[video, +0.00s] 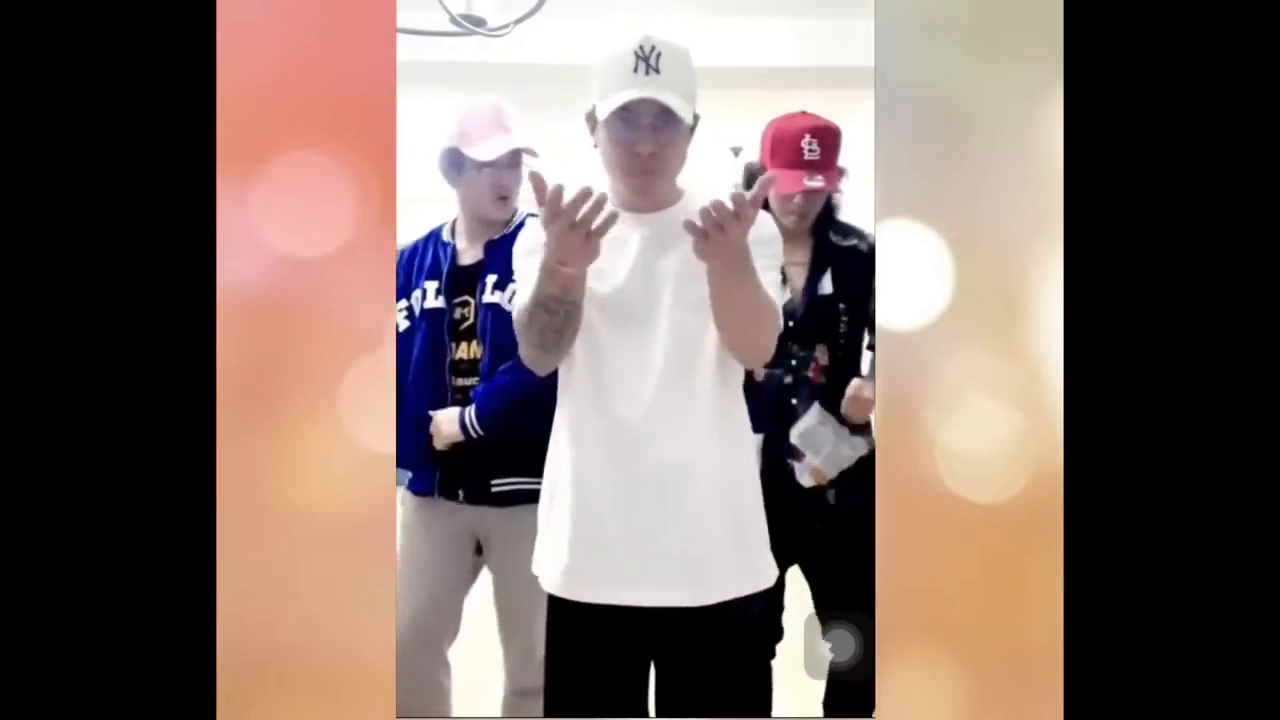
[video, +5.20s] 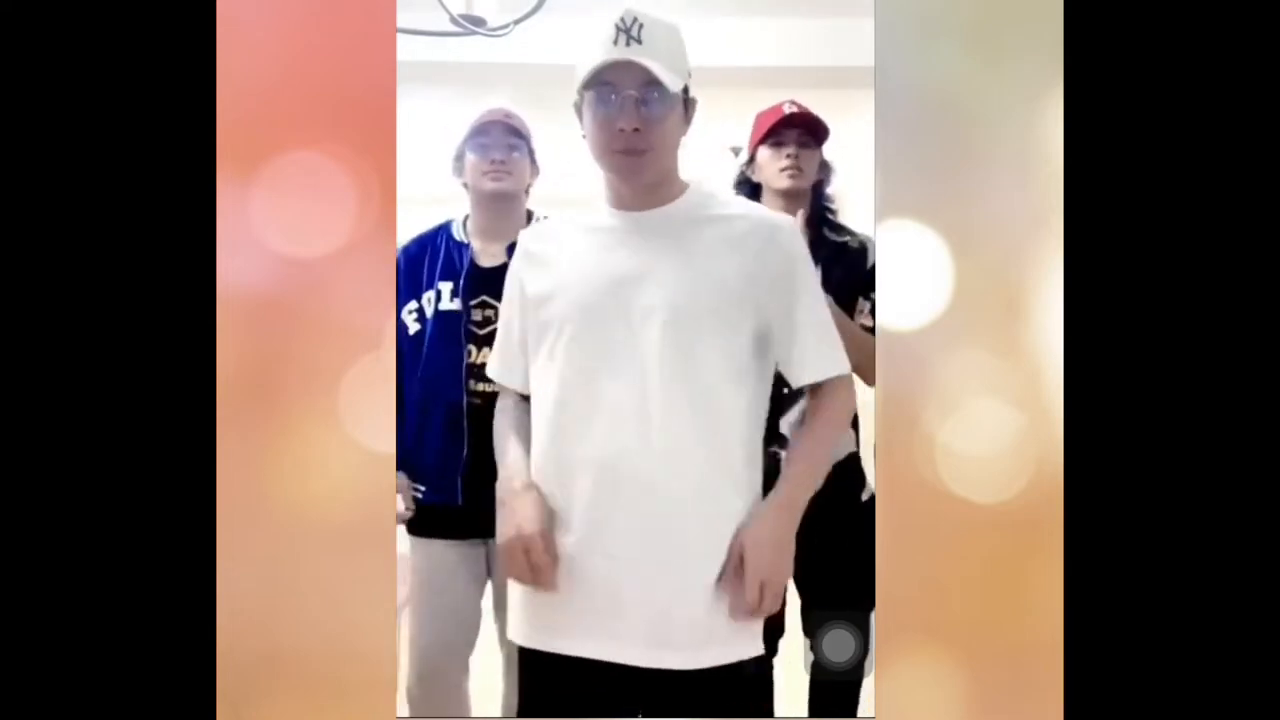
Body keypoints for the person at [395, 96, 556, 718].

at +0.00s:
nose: (506, 179)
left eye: (515, 163)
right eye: (489, 164)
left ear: (526, 167)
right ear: (451, 171)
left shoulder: (548, 252)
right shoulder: (409, 264)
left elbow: (549, 368)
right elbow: (381, 373)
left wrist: (468, 418)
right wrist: (414, 446)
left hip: (527, 495)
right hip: (432, 495)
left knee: (531, 667)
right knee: (415, 650)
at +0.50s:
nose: (485, 190)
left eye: (499, 175)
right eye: (471, 176)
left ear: (526, 178)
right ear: (451, 184)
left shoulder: (556, 263)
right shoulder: (418, 269)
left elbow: (565, 376)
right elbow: (367, 363)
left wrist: (523, 470)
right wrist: (387, 377)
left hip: (516, 500)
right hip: (428, 498)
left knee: (524, 665)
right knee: (416, 662)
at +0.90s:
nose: (450, 168)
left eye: (466, 154)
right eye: (436, 154)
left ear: (494, 167)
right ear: (418, 169)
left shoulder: (530, 249)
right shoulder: (395, 261)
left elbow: (561, 355)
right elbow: (363, 372)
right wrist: (397, 376)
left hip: (504, 495)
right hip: (413, 495)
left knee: (514, 665)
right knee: (414, 663)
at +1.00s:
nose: (453, 168)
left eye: (469, 154)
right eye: (439, 154)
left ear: (495, 168)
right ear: (420, 168)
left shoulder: (535, 248)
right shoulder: (394, 259)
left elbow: (571, 348)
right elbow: (358, 367)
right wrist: (392, 375)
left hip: (509, 493)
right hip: (414, 494)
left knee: (515, 662)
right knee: (414, 660)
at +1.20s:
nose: (476, 174)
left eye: (491, 162)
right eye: (463, 162)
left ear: (513, 177)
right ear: (440, 173)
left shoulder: (548, 258)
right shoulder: (398, 262)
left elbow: (576, 358)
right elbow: (363, 360)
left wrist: (562, 417)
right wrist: (393, 406)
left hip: (513, 496)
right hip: (417, 497)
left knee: (518, 660)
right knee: (414, 661)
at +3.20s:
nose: (532, 191)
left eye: (546, 178)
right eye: (519, 175)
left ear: (556, 186)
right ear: (483, 174)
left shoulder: (561, 263)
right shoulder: (422, 255)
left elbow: (582, 383)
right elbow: (390, 372)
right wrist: (395, 474)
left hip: (544, 472)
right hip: (457, 471)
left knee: (533, 651)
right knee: (446, 650)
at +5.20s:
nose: (497, 156)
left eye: (512, 147)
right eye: (483, 147)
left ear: (535, 171)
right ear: (460, 168)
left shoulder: (561, 257)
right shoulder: (415, 260)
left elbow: (585, 374)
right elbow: (380, 373)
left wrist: (566, 478)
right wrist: (386, 468)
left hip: (534, 499)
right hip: (440, 502)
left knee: (533, 674)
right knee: (432, 676)